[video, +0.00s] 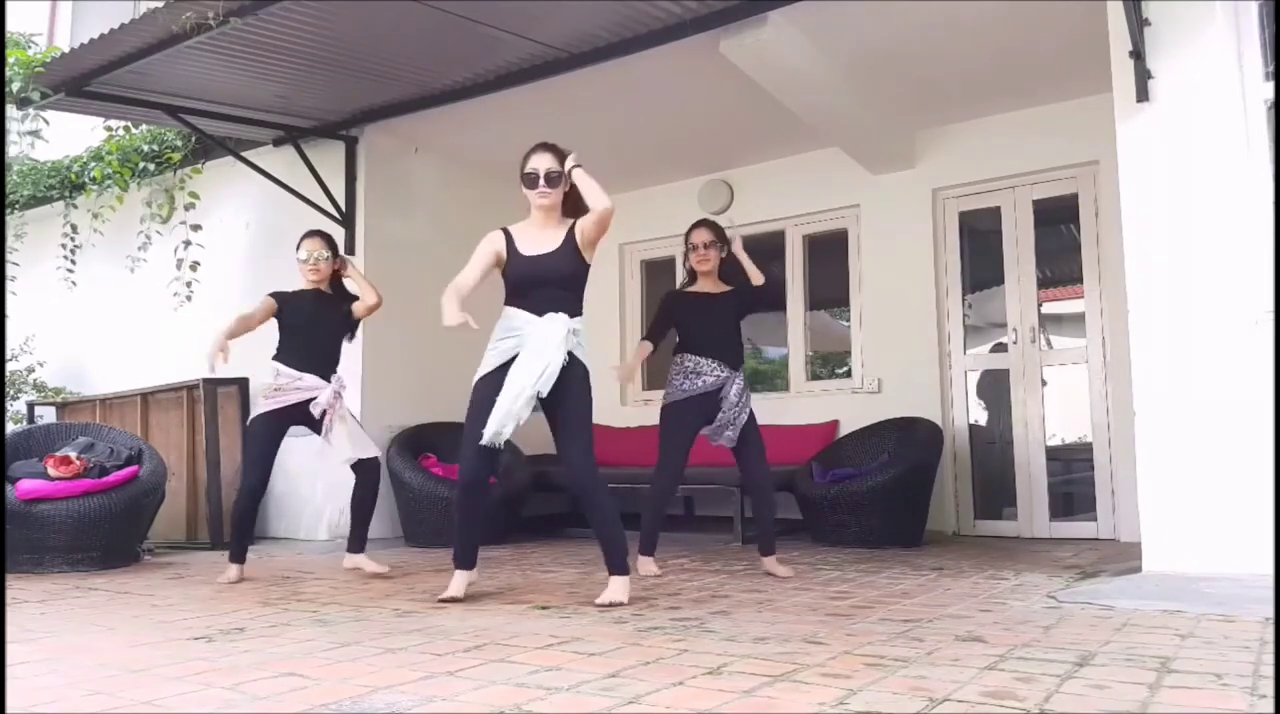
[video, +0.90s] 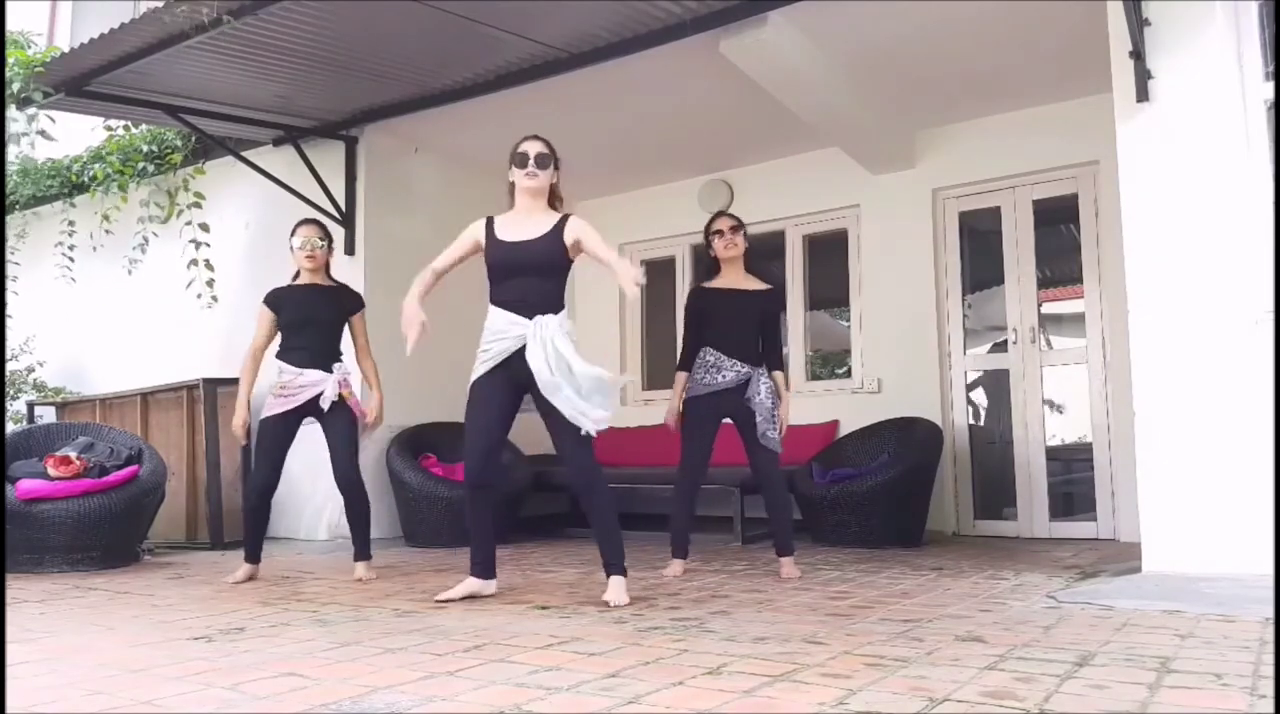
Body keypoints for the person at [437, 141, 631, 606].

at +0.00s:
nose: (543, 184)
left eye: (551, 177)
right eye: (533, 178)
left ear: (566, 183)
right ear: (522, 184)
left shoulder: (579, 235)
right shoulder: (502, 239)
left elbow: (602, 208)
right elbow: (461, 284)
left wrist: (574, 169)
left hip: (562, 356)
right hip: (508, 354)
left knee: (580, 469)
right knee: (473, 463)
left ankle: (619, 573)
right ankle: (464, 569)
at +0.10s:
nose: (555, 185)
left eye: (564, 179)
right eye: (546, 178)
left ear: (577, 186)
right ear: (535, 185)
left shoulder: (587, 237)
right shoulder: (514, 241)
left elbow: (606, 210)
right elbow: (491, 294)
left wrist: (585, 170)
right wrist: (519, 321)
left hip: (576, 362)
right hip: (526, 363)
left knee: (582, 470)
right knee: (458, 454)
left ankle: (633, 577)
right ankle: (479, 567)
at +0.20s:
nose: (562, 188)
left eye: (572, 183)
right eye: (554, 182)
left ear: (586, 192)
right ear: (542, 189)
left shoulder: (591, 242)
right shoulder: (521, 241)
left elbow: (620, 206)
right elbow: (504, 285)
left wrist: (596, 176)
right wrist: (558, 276)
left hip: (582, 362)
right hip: (537, 366)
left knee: (582, 468)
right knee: (469, 453)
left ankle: (637, 577)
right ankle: (476, 573)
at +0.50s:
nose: (548, 187)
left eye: (557, 180)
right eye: (539, 180)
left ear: (571, 188)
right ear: (527, 187)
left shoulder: (581, 233)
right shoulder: (511, 243)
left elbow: (592, 198)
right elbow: (496, 287)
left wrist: (586, 174)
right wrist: (519, 289)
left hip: (568, 364)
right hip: (525, 366)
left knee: (568, 470)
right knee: (460, 454)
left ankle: (632, 571)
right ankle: (479, 571)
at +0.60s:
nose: (537, 191)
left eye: (547, 185)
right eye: (528, 184)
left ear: (560, 194)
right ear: (516, 191)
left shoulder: (573, 241)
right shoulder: (500, 254)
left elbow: (565, 218)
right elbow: (491, 304)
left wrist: (574, 185)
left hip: (556, 363)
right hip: (505, 361)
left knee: (576, 469)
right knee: (474, 468)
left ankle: (621, 565)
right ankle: (467, 571)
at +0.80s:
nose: (528, 174)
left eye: (539, 168)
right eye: (520, 168)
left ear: (553, 179)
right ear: (507, 177)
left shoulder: (569, 229)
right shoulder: (484, 235)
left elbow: (616, 258)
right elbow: (437, 287)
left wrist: (612, 202)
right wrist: (397, 266)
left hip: (549, 355)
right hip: (492, 354)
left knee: (585, 456)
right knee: (471, 468)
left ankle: (600, 569)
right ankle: (464, 572)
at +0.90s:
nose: (531, 167)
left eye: (542, 161)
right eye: (523, 161)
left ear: (555, 173)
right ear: (510, 172)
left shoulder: (570, 226)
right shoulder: (486, 229)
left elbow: (608, 256)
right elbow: (436, 268)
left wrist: (625, 271)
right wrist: (412, 300)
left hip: (551, 351)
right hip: (498, 353)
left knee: (581, 464)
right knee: (477, 464)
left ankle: (616, 575)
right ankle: (482, 576)